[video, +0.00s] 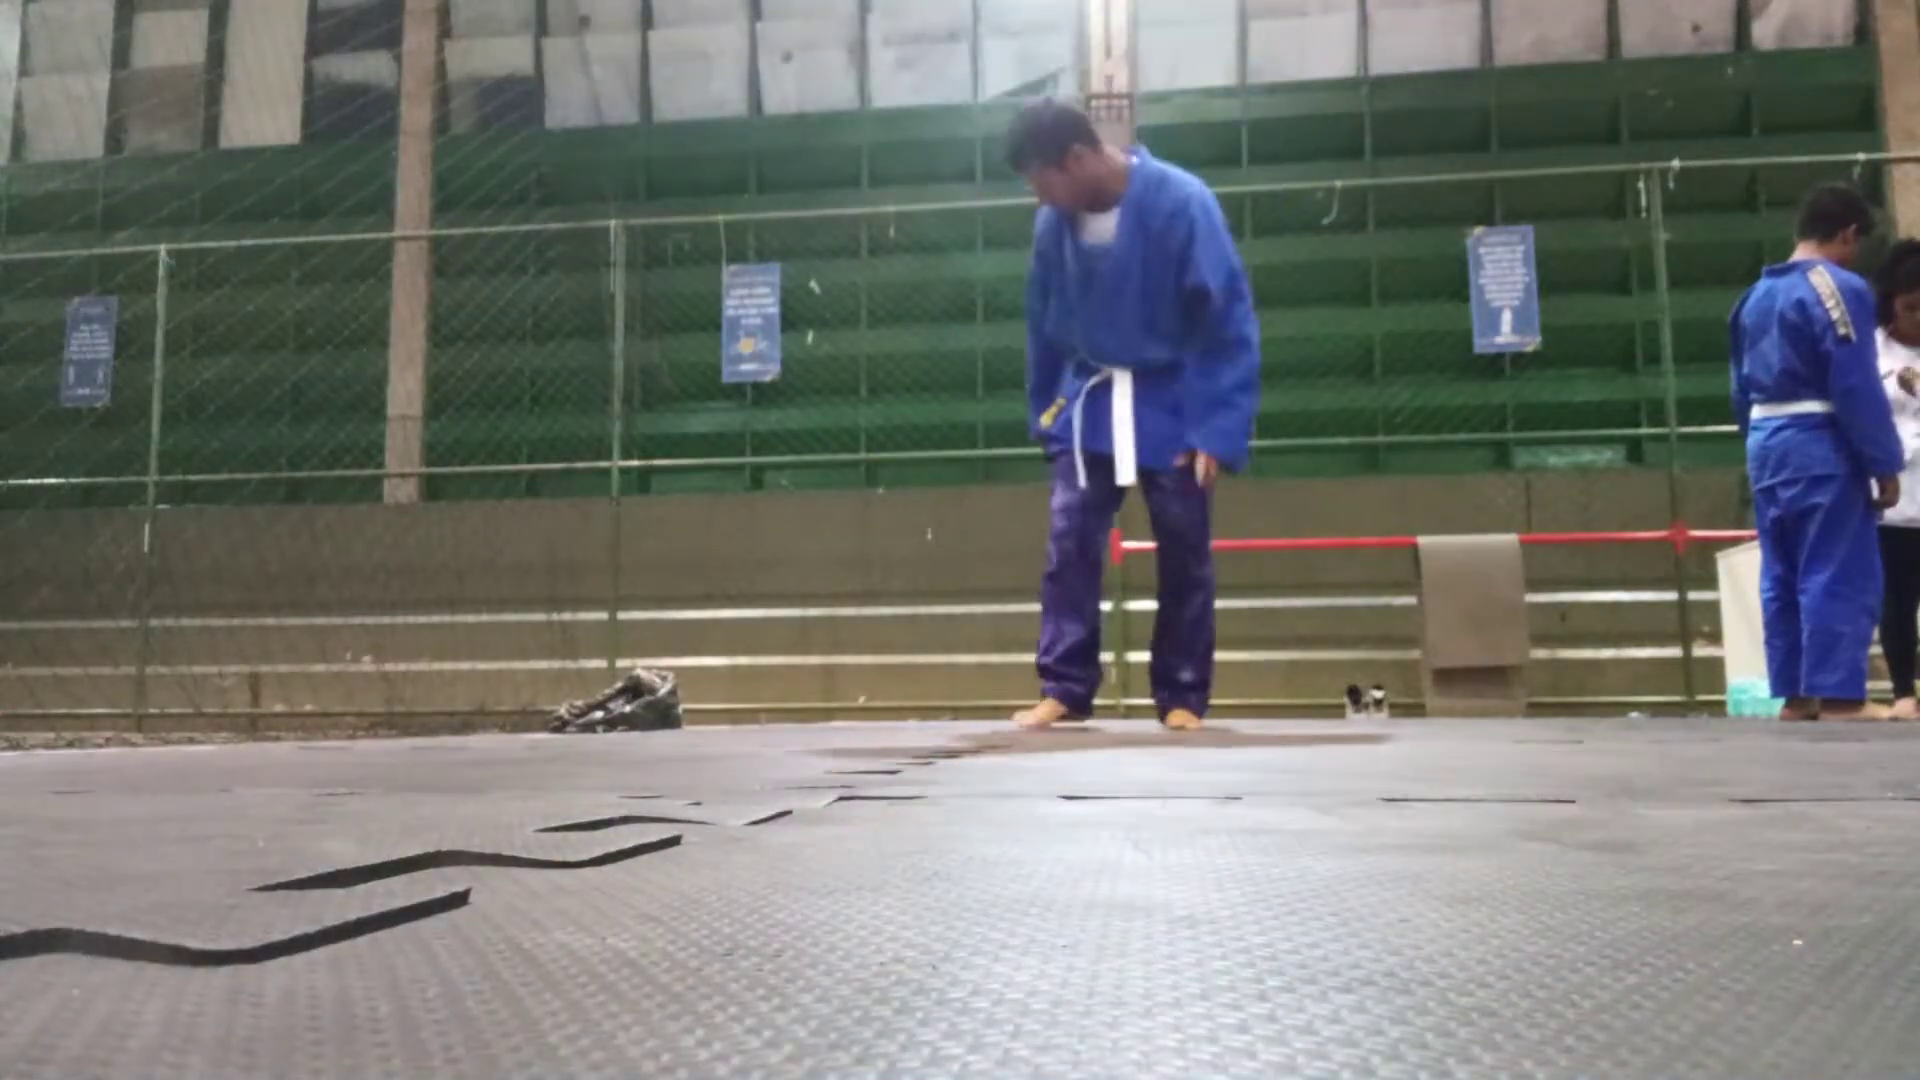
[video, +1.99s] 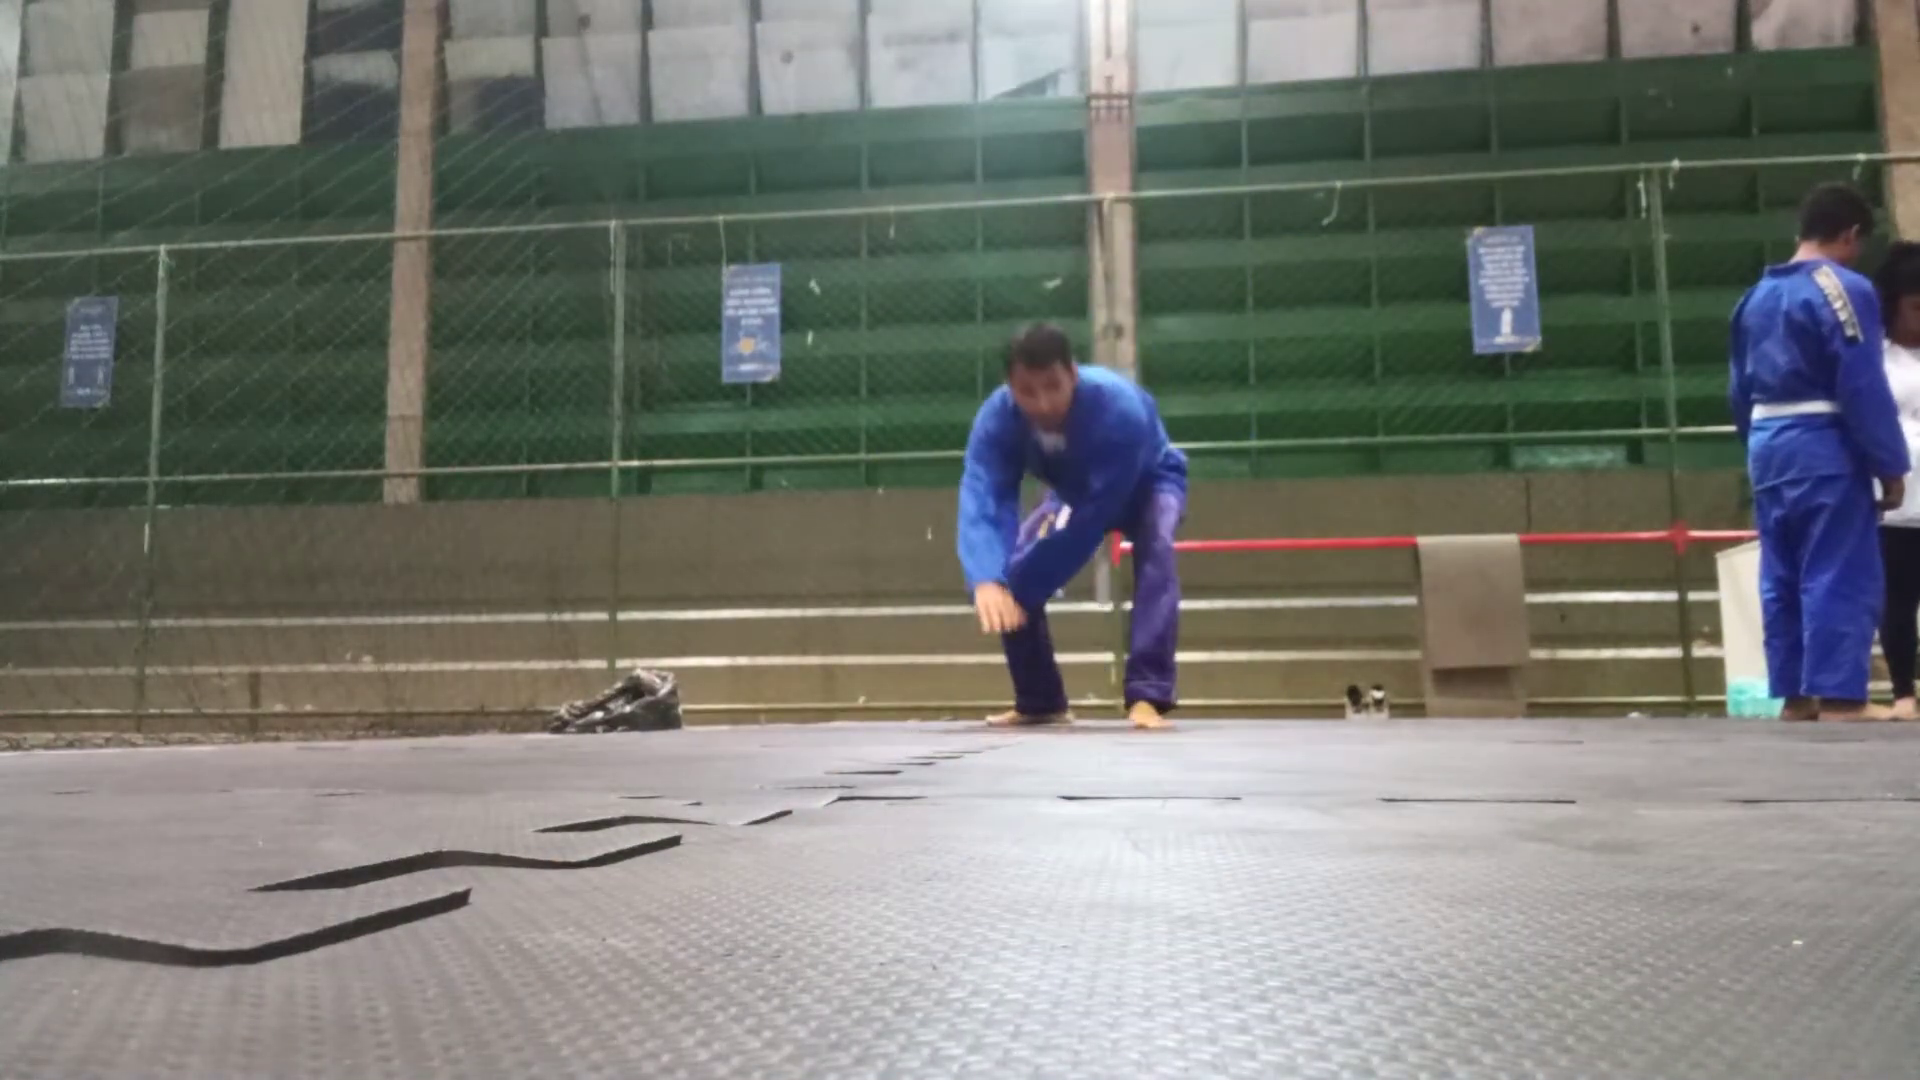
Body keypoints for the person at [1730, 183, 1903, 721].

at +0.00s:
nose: (1857, 252)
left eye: (1860, 243)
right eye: (1858, 242)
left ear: (1802, 231)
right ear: (1846, 234)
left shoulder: (1756, 295)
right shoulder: (1838, 289)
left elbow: (1743, 390)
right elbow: (1855, 387)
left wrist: (1764, 442)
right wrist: (1886, 465)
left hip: (1764, 439)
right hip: (1818, 437)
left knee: (1783, 573)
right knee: (1839, 569)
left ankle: (1794, 697)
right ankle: (1838, 699)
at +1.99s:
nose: (1859, 251)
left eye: (1861, 242)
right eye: (1860, 241)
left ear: (1803, 231)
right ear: (1848, 235)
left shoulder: (1757, 296)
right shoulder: (1845, 290)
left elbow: (1741, 391)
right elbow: (1862, 387)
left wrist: (1761, 445)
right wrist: (1891, 465)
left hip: (1766, 443)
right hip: (1823, 441)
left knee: (1783, 576)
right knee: (1841, 572)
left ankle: (1795, 698)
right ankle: (1840, 701)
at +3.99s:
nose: (1856, 255)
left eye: (1859, 246)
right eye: (1856, 244)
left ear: (1800, 234)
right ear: (1842, 236)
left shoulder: (1754, 297)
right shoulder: (1834, 290)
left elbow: (1739, 392)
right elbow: (1851, 389)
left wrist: (1761, 442)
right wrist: (1881, 467)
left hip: (1760, 440)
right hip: (1814, 438)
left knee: (1779, 574)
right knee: (1837, 569)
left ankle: (1793, 696)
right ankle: (1837, 697)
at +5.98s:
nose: (1873, 257)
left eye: (1874, 247)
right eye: (1874, 245)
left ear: (1815, 233)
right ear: (1861, 236)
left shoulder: (1763, 298)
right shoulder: (1856, 291)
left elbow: (1754, 388)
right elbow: (1874, 393)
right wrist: (1885, 469)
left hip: (1778, 467)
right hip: (1838, 470)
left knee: (1784, 588)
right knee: (1842, 589)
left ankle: (1786, 705)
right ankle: (1836, 712)